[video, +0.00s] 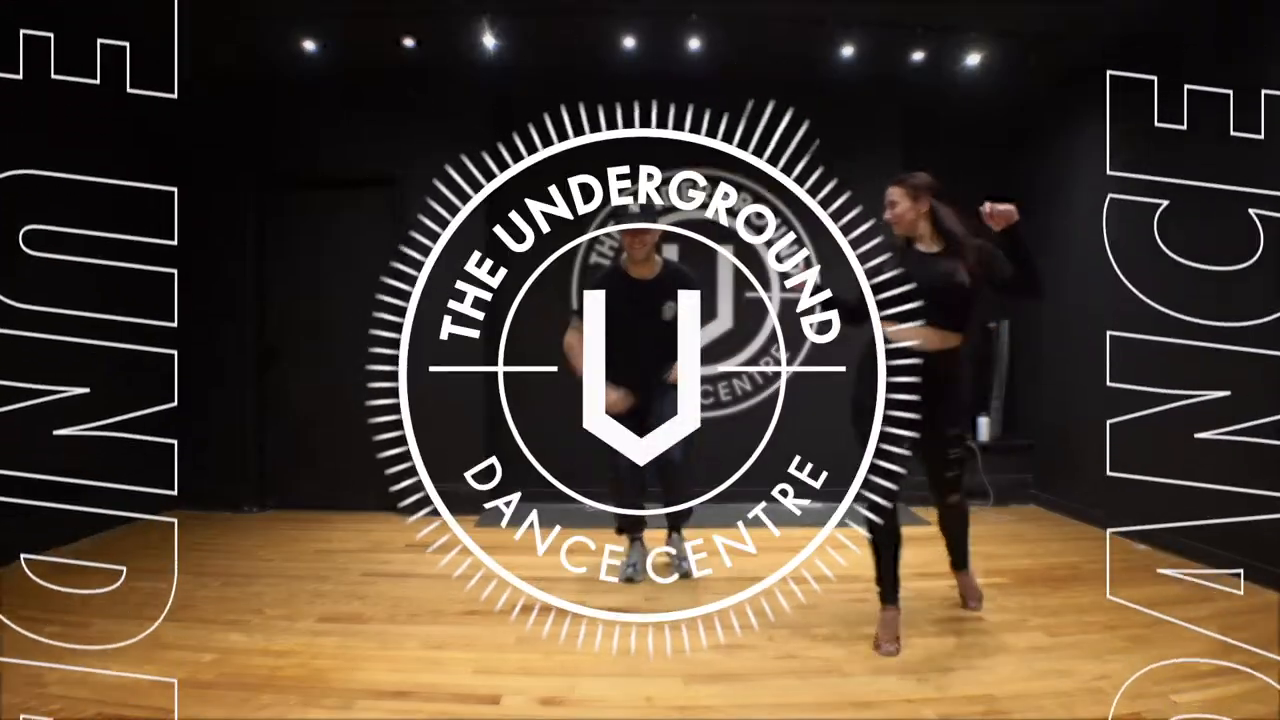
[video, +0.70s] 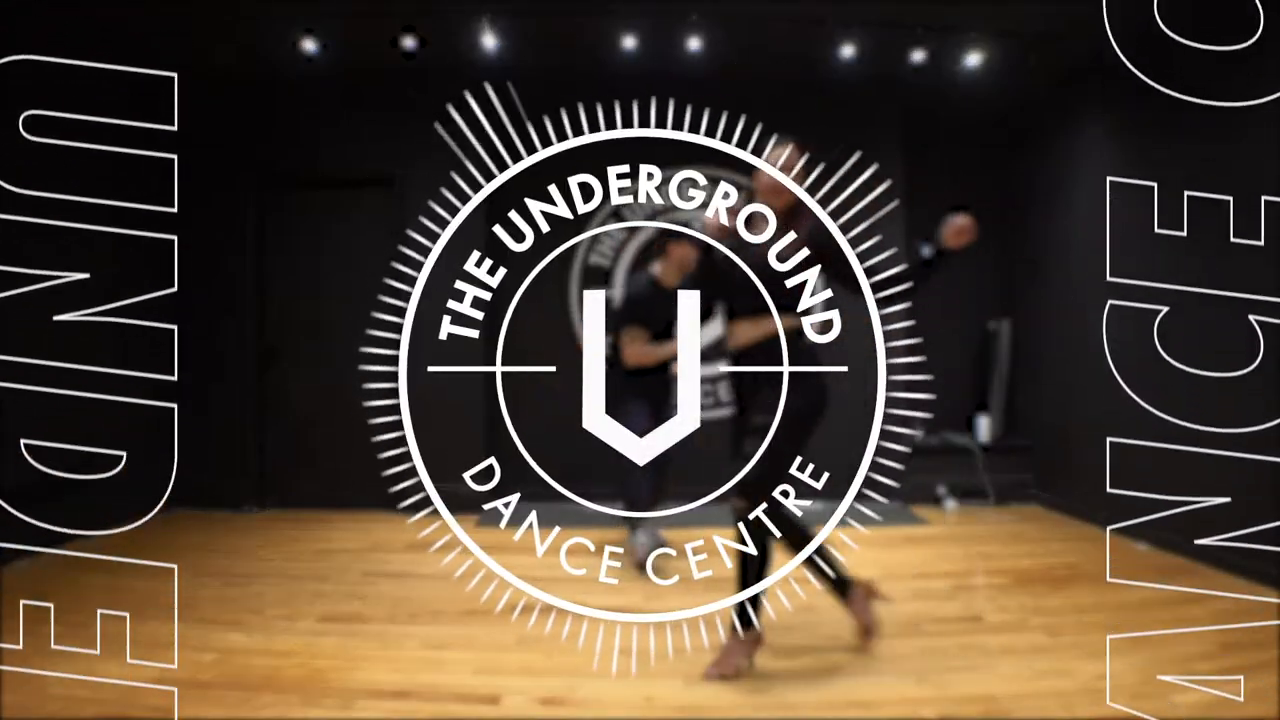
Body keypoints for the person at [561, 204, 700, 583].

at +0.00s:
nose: (636, 240)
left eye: (644, 233)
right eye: (629, 233)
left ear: (659, 235)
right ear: (620, 237)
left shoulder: (680, 281)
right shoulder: (605, 283)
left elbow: (698, 332)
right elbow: (573, 340)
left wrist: (685, 365)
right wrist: (601, 387)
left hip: (666, 385)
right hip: (618, 388)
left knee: (673, 458)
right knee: (624, 463)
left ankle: (677, 538)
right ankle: (634, 544)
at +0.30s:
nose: (632, 253)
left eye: (639, 245)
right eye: (626, 246)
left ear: (654, 246)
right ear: (618, 249)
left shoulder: (677, 291)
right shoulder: (606, 292)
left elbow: (691, 340)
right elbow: (588, 339)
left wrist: (683, 374)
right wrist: (606, 357)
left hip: (662, 388)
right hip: (620, 390)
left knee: (659, 457)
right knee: (626, 459)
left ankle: (648, 525)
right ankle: (633, 537)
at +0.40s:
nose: (640, 261)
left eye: (645, 252)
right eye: (633, 253)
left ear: (657, 252)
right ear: (623, 255)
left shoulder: (679, 292)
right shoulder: (612, 297)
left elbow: (690, 344)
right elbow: (611, 358)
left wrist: (683, 374)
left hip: (663, 392)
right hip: (622, 393)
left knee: (659, 459)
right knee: (629, 461)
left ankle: (643, 528)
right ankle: (636, 534)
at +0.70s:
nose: (691, 253)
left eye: (695, 246)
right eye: (684, 244)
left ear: (699, 252)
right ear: (667, 246)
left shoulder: (689, 292)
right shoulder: (642, 290)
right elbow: (631, 353)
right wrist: (685, 343)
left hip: (665, 387)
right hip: (633, 388)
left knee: (660, 455)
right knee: (639, 455)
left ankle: (646, 525)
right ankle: (640, 530)